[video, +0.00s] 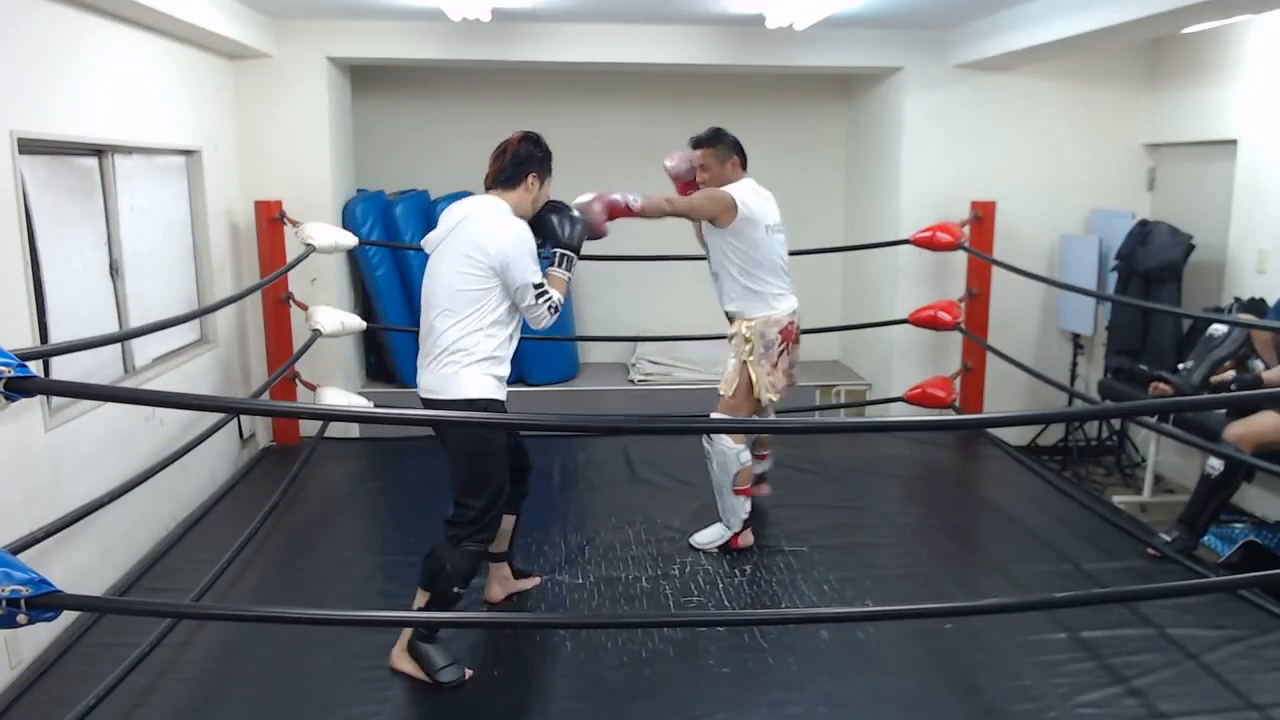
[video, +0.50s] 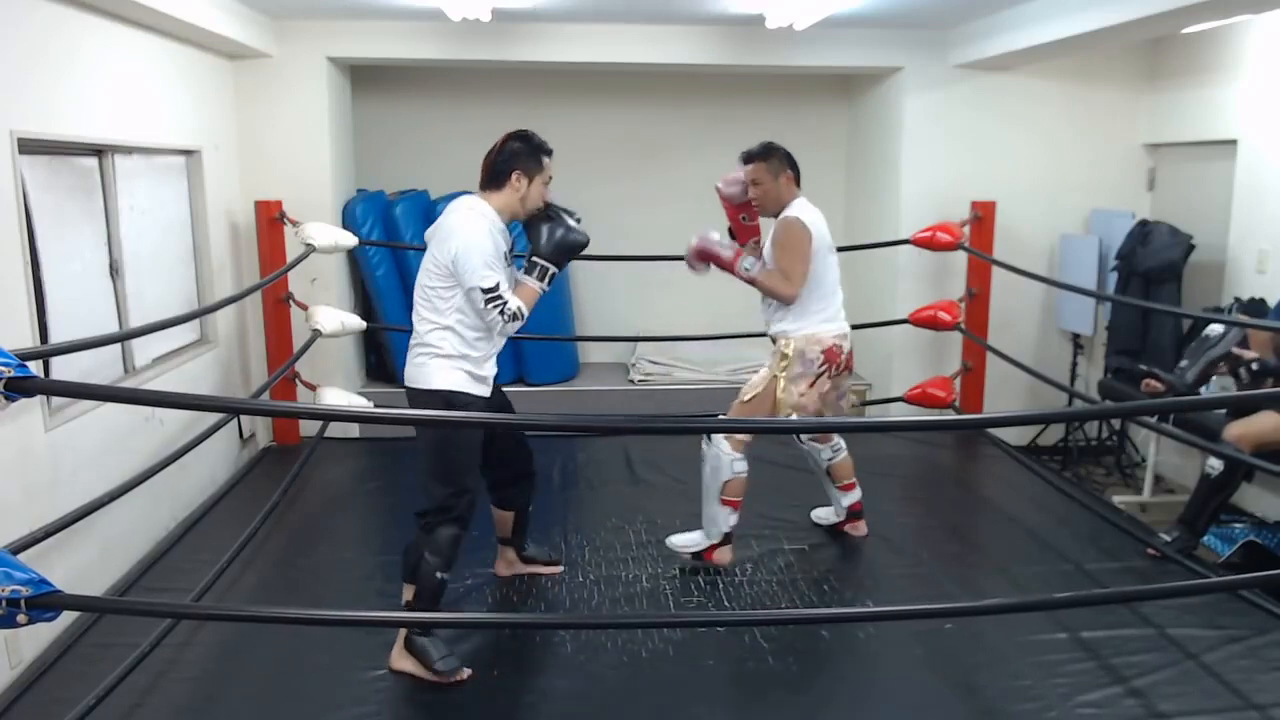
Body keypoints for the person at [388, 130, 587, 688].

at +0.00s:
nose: (544, 198)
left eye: (545, 189)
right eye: (544, 188)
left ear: (500, 175)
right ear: (529, 180)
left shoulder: (457, 215)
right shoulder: (507, 229)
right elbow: (543, 313)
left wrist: (536, 238)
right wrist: (563, 257)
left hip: (441, 384)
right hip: (471, 392)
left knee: (514, 468)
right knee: (477, 512)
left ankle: (499, 577)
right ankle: (413, 643)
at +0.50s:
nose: (547, 194)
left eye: (548, 183)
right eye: (545, 182)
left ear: (512, 178)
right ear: (518, 180)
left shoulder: (486, 223)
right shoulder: (471, 223)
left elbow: (501, 307)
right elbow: (505, 319)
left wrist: (540, 261)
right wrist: (544, 265)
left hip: (474, 377)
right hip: (444, 380)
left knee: (514, 465)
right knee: (451, 502)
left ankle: (510, 556)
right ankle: (410, 640)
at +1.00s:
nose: (488, 177)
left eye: (487, 167)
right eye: (478, 169)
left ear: (452, 175)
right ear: (444, 175)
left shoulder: (470, 228)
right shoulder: (411, 234)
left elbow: (469, 300)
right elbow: (433, 328)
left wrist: (505, 262)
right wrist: (491, 283)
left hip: (457, 383)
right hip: (410, 389)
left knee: (514, 460)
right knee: (403, 507)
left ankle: (510, 550)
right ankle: (351, 610)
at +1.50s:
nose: (529, 184)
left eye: (532, 175)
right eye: (522, 174)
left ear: (524, 179)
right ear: (490, 176)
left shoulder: (509, 226)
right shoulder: (455, 220)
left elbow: (528, 298)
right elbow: (491, 285)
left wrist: (546, 246)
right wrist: (516, 233)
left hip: (479, 363)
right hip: (429, 363)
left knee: (515, 455)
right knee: (400, 465)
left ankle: (514, 539)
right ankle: (352, 569)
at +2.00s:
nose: (460, 185)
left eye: (465, 175)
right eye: (449, 176)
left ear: (470, 179)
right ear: (423, 180)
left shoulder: (477, 223)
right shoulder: (392, 232)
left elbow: (504, 284)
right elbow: (396, 308)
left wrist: (500, 283)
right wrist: (414, 273)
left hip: (463, 355)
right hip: (405, 361)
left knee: (509, 441)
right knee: (384, 454)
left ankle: (516, 533)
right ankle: (362, 528)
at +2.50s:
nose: (486, 175)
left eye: (494, 164)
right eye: (476, 164)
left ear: (503, 168)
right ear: (456, 167)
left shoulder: (512, 215)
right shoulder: (434, 212)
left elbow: (533, 288)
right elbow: (461, 251)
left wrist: (519, 245)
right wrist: (518, 232)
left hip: (503, 349)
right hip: (445, 347)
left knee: (540, 428)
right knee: (409, 428)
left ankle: (555, 508)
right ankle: (413, 490)